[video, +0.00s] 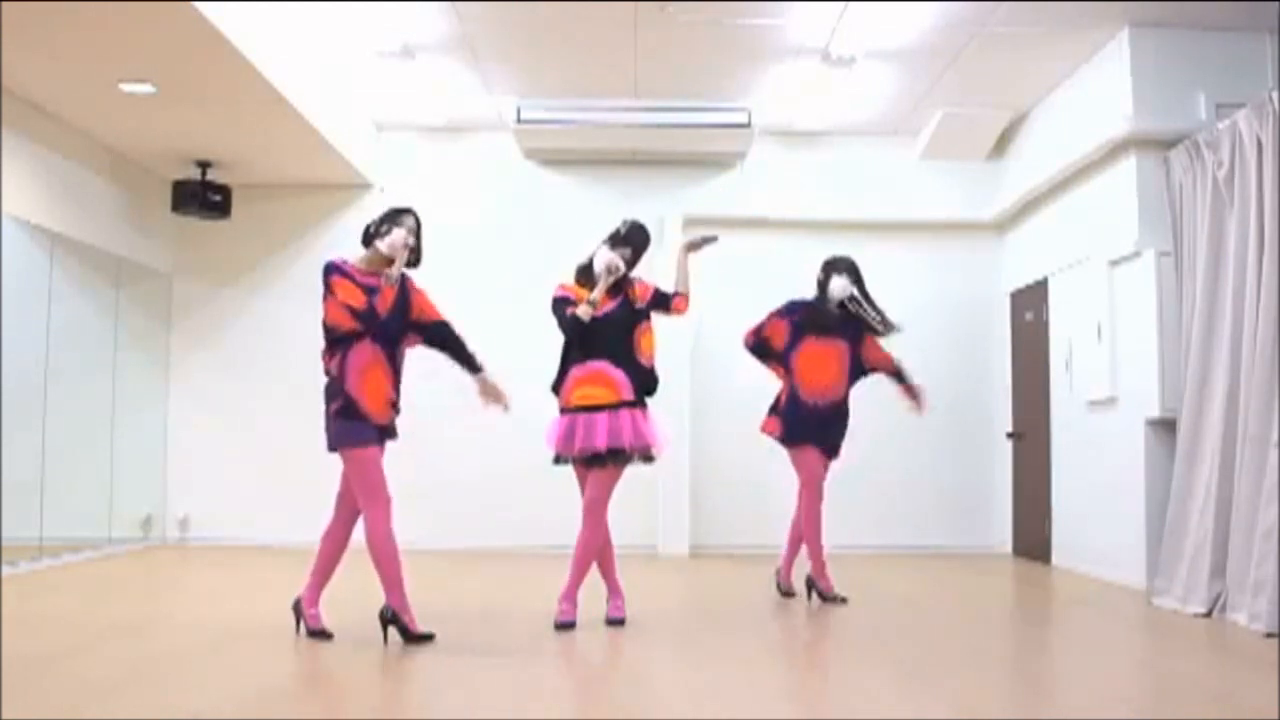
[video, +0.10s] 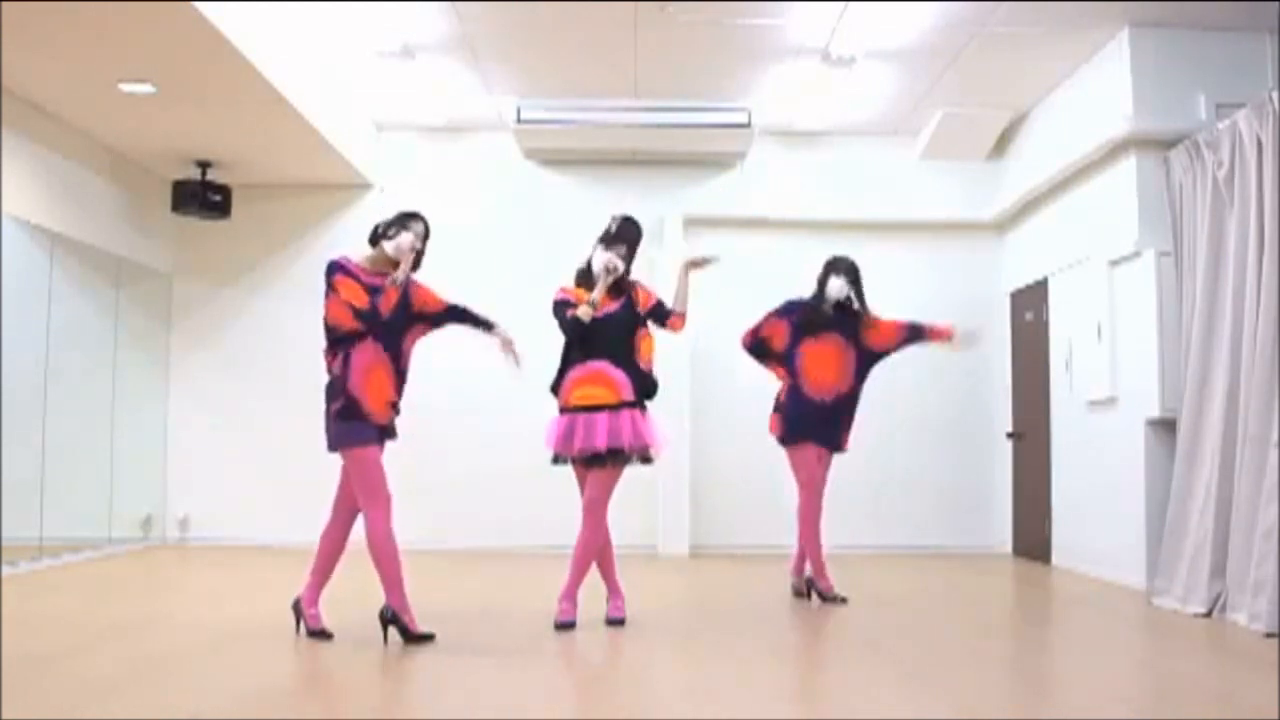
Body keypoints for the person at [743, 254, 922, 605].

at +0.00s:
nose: (841, 290)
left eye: (848, 283)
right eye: (836, 282)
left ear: (856, 287)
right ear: (823, 283)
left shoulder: (855, 329)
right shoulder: (796, 314)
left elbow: (881, 360)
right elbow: (754, 342)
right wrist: (782, 372)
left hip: (834, 415)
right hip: (796, 410)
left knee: (811, 490)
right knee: (813, 484)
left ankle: (785, 568)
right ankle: (819, 572)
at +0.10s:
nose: (838, 289)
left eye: (846, 282)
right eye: (833, 280)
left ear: (855, 288)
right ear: (822, 282)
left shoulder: (863, 328)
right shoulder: (796, 315)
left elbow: (904, 332)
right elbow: (753, 342)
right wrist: (782, 371)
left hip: (834, 417)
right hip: (796, 412)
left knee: (813, 491)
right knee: (810, 490)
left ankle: (800, 569)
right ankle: (819, 574)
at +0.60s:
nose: (828, 293)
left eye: (836, 287)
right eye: (823, 284)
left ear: (846, 290)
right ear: (813, 282)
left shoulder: (861, 319)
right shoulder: (792, 318)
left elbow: (899, 298)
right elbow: (792, 361)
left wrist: (872, 265)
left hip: (836, 415)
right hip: (798, 412)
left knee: (826, 504)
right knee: (808, 497)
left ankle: (803, 573)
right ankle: (799, 577)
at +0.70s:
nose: (834, 286)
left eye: (842, 280)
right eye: (829, 277)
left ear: (850, 285)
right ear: (816, 279)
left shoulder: (864, 314)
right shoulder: (796, 316)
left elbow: (901, 295)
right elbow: (799, 361)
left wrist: (877, 262)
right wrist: (825, 322)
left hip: (843, 413)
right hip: (803, 412)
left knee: (843, 502)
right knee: (809, 497)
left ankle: (822, 566)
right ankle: (797, 576)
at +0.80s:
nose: (841, 279)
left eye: (848, 273)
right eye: (836, 271)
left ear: (856, 278)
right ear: (823, 273)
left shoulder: (870, 308)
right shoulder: (802, 311)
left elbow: (905, 290)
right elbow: (807, 355)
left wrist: (881, 257)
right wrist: (832, 312)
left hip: (852, 407)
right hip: (811, 409)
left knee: (855, 496)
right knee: (816, 496)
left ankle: (846, 585)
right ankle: (800, 573)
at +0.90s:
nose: (848, 280)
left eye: (854, 274)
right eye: (842, 272)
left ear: (863, 278)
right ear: (829, 273)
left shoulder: (878, 307)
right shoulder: (807, 312)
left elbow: (914, 288)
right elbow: (813, 354)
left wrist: (886, 256)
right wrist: (835, 310)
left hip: (862, 409)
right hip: (820, 412)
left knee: (862, 500)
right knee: (831, 503)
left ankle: (850, 587)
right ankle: (806, 566)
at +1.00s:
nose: (853, 277)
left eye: (860, 271)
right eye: (848, 268)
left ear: (869, 274)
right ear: (835, 269)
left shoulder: (883, 303)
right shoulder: (813, 308)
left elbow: (922, 285)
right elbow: (815, 349)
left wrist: (893, 252)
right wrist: (837, 306)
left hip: (869, 408)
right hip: (828, 409)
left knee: (865, 498)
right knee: (845, 494)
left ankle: (851, 585)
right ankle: (827, 579)